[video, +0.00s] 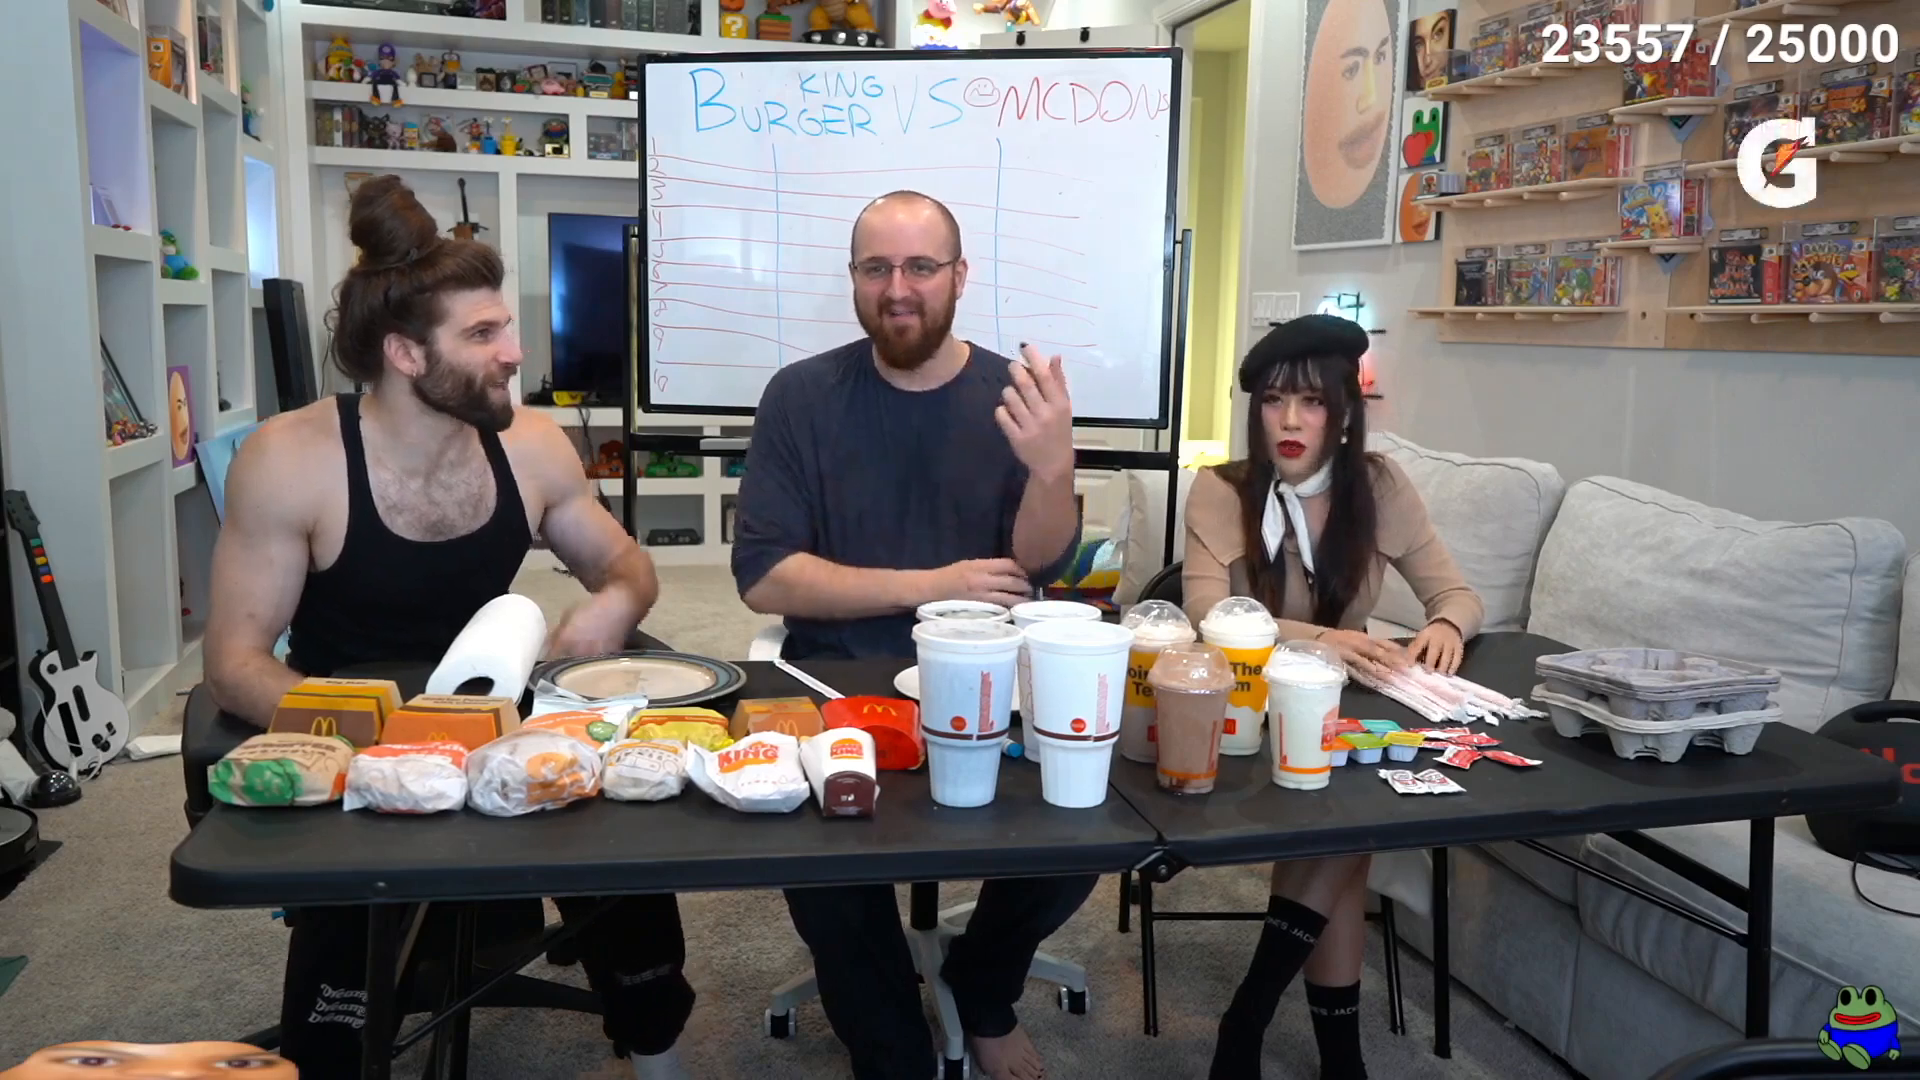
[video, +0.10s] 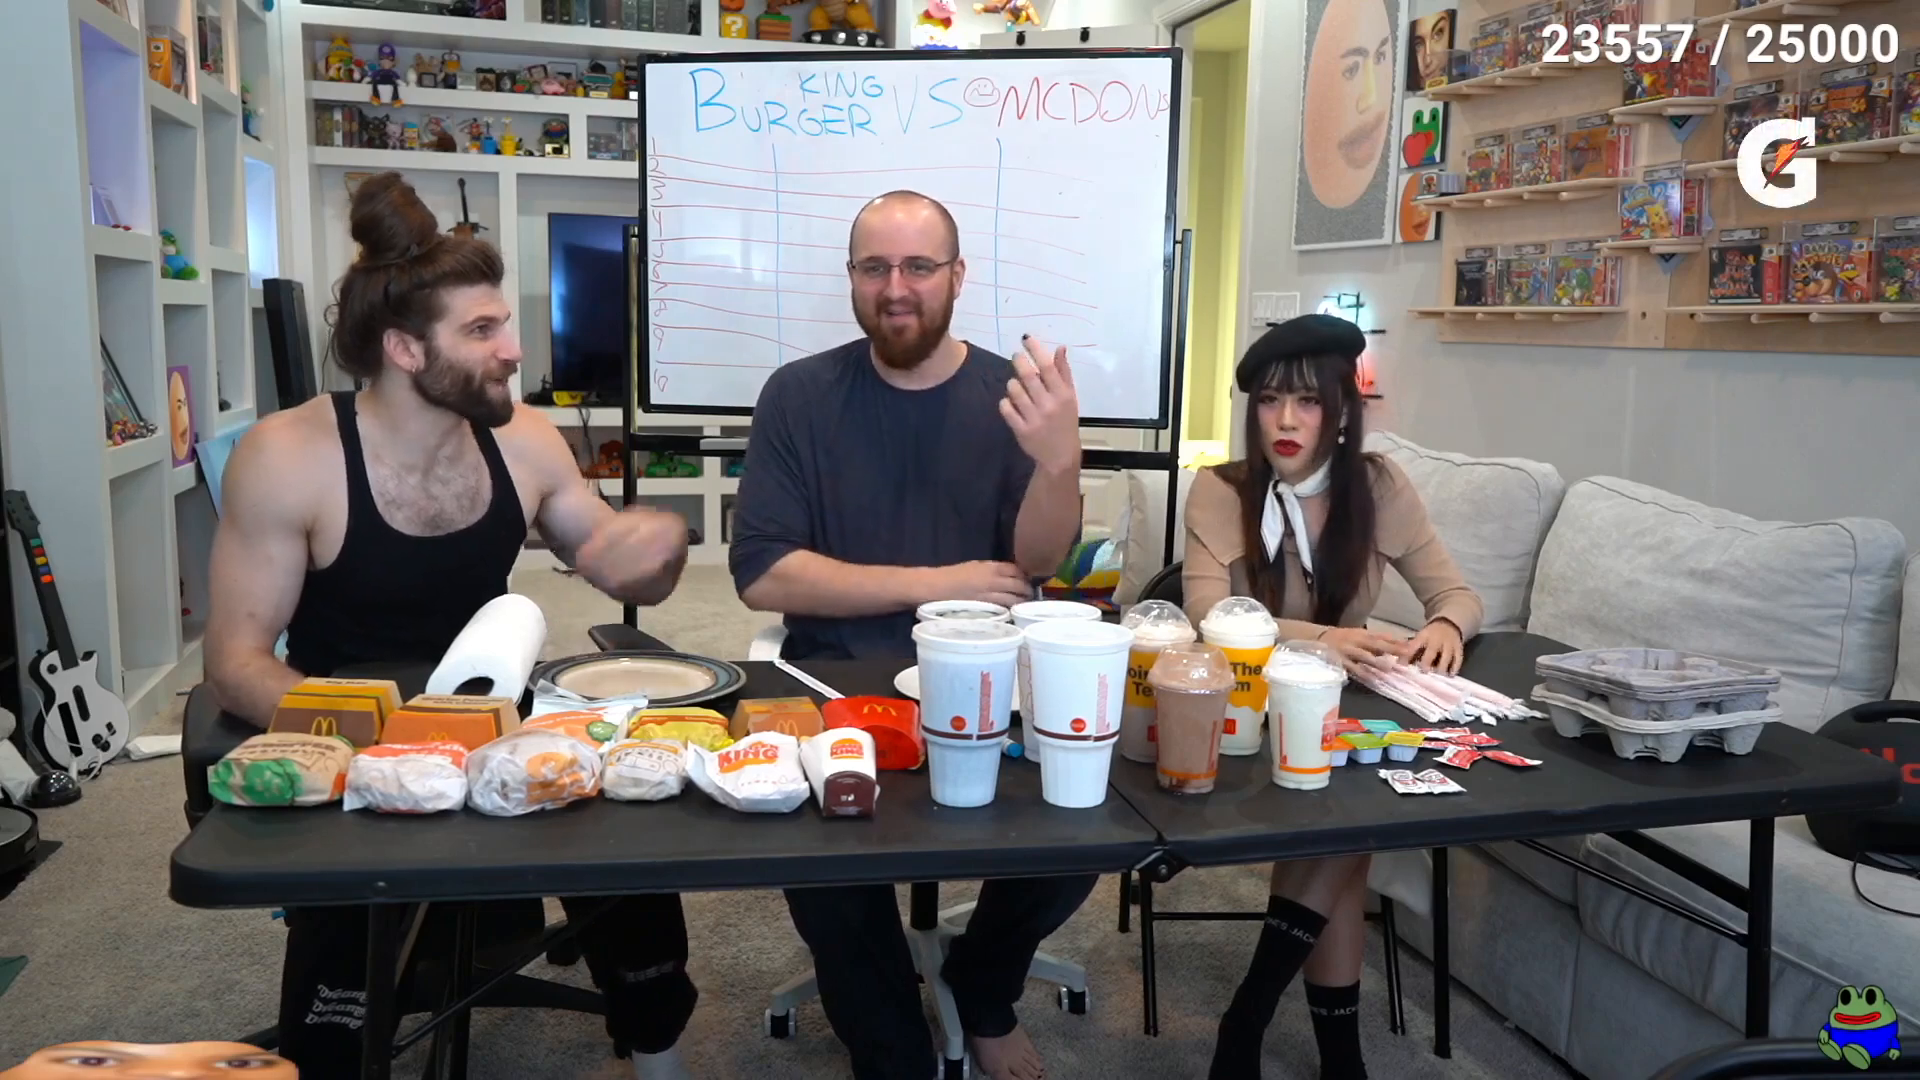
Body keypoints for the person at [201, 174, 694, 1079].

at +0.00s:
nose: (512, 351)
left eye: (508, 329)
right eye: (483, 333)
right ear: (404, 354)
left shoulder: (530, 445)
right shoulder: (288, 460)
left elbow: (628, 565)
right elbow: (234, 662)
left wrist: (613, 609)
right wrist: (347, 721)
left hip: (501, 743)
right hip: (348, 755)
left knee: (622, 833)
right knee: (351, 890)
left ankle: (655, 1054)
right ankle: (321, 1070)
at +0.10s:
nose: (511, 348)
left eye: (507, 326)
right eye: (482, 330)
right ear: (404, 351)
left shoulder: (523, 439)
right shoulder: (287, 456)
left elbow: (626, 577)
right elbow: (235, 661)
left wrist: (666, 535)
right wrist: (350, 725)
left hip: (496, 740)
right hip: (344, 753)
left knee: (624, 831)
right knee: (350, 889)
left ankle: (656, 1055)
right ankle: (320, 1071)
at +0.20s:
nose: (515, 345)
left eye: (512, 323)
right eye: (488, 327)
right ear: (409, 344)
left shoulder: (522, 439)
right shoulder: (286, 454)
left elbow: (661, 560)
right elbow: (234, 657)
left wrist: (698, 494)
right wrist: (361, 730)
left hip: (491, 740)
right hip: (336, 749)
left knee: (624, 824)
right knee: (350, 886)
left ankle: (656, 1056)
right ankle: (325, 1072)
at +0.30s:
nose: (521, 345)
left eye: (518, 323)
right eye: (495, 325)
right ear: (418, 341)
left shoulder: (523, 434)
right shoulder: (287, 450)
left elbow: (677, 508)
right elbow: (236, 655)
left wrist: (740, 438)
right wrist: (354, 722)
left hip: (488, 737)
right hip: (338, 750)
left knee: (629, 829)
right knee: (350, 892)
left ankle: (658, 1057)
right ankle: (321, 1072)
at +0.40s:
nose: (530, 347)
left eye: (529, 326)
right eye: (506, 326)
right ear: (428, 336)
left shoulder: (521, 424)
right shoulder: (292, 449)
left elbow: (687, 447)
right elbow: (239, 653)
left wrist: (787, 376)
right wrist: (358, 732)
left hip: (489, 735)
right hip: (336, 745)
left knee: (622, 817)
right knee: (348, 884)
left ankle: (658, 1056)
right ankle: (324, 1075)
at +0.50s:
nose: (542, 354)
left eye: (543, 329)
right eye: (519, 329)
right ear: (439, 336)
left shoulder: (532, 420)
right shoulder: (295, 450)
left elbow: (689, 413)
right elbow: (238, 649)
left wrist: (815, 353)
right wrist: (336, 736)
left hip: (486, 725)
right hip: (333, 736)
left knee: (624, 810)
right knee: (352, 868)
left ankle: (655, 1048)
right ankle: (316, 1060)